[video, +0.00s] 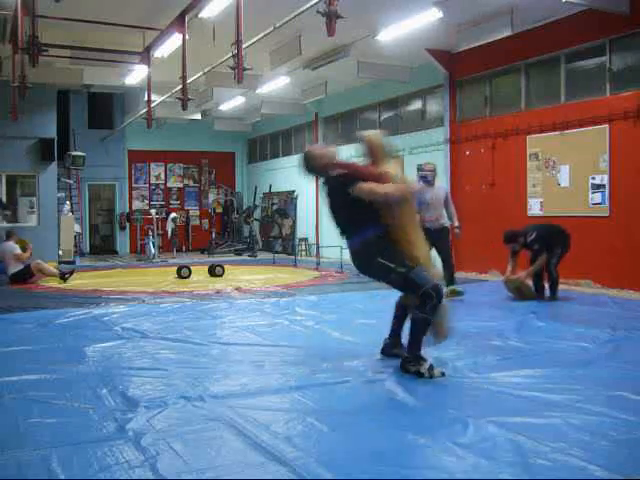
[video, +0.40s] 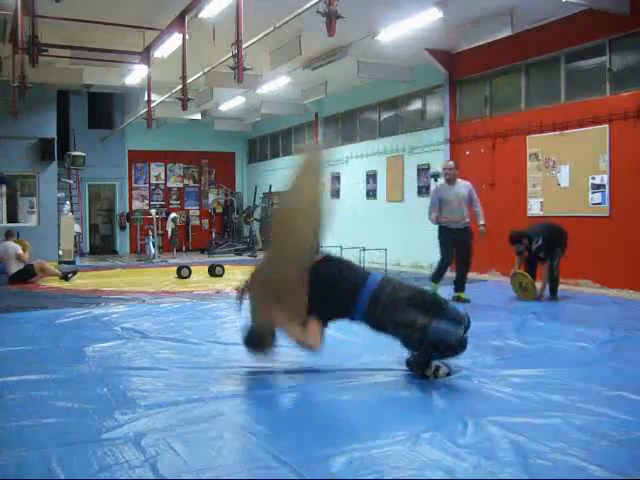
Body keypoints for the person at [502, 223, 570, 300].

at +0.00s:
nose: (513, 249)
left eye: (513, 246)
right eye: (511, 247)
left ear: (518, 240)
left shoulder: (533, 238)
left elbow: (543, 258)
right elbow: (513, 258)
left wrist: (526, 275)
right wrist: (510, 274)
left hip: (561, 240)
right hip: (545, 242)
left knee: (551, 267)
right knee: (536, 267)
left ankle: (553, 295)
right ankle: (539, 294)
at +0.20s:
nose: (516, 245)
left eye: (516, 242)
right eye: (514, 243)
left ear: (522, 237)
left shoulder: (535, 238)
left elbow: (548, 257)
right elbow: (517, 256)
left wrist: (536, 275)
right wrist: (514, 272)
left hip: (562, 238)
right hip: (548, 237)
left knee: (551, 266)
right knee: (531, 260)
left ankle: (553, 294)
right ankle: (534, 288)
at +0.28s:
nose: (518, 247)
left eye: (518, 244)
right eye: (515, 245)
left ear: (523, 238)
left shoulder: (536, 239)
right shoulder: (521, 237)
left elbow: (547, 260)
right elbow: (519, 254)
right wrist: (515, 270)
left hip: (560, 238)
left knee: (552, 264)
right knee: (531, 260)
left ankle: (553, 293)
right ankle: (528, 287)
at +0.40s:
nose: (519, 250)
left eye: (519, 247)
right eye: (517, 248)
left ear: (524, 241)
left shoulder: (537, 243)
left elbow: (545, 265)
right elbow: (519, 256)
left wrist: (543, 288)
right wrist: (515, 269)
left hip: (559, 237)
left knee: (553, 267)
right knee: (530, 263)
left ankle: (553, 294)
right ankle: (528, 289)